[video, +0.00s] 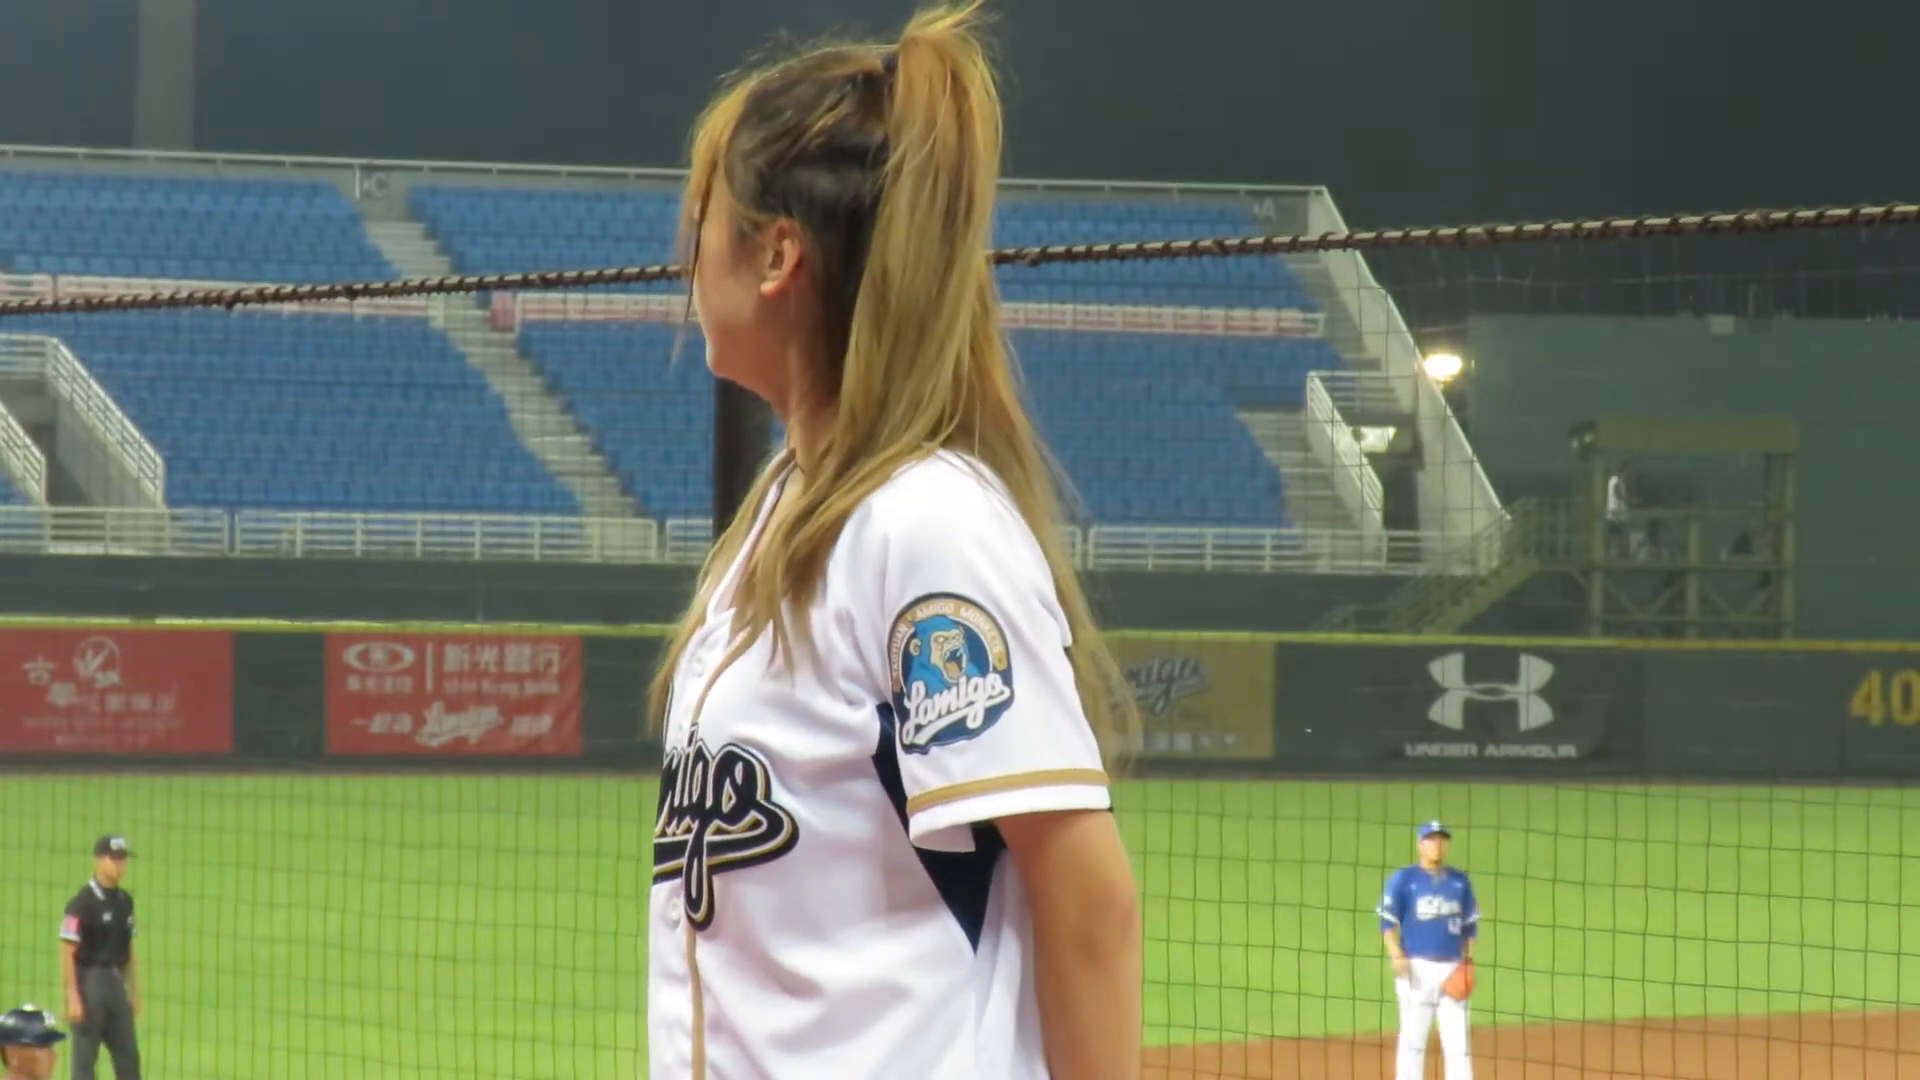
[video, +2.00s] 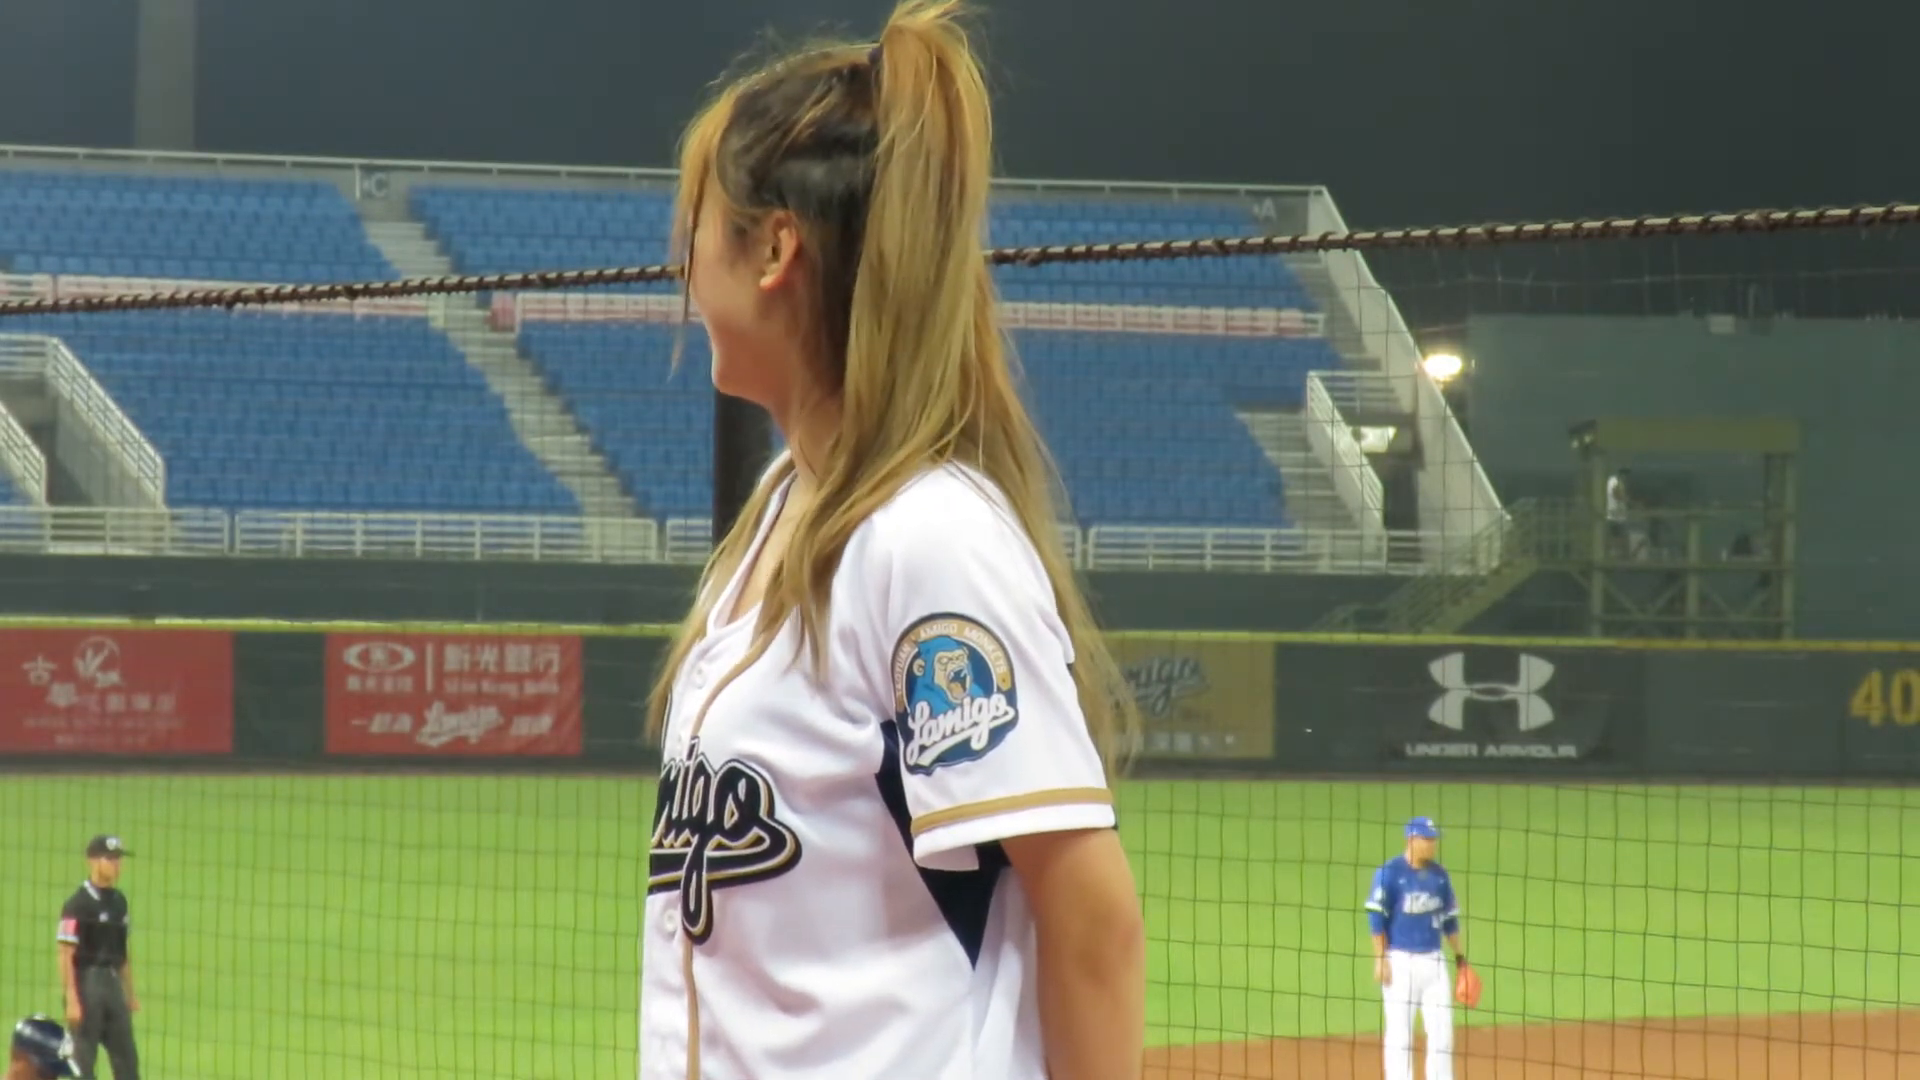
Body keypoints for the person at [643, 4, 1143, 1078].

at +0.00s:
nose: (690, 258)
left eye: (705, 222)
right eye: (699, 220)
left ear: (779, 259)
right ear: (779, 259)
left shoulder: (931, 521)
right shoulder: (783, 499)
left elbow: (1089, 895)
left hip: (884, 1057)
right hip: (732, 1050)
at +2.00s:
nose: (686, 271)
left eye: (699, 229)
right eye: (693, 229)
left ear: (778, 253)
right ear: (774, 253)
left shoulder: (935, 536)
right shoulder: (782, 505)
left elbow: (1095, 914)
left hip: (884, 1058)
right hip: (718, 1052)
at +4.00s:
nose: (691, 260)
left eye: (705, 223)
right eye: (699, 222)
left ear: (783, 252)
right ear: (778, 252)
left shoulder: (936, 533)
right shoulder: (785, 502)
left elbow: (1096, 912)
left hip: (887, 1056)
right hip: (724, 1050)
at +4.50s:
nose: (699, 267)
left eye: (711, 229)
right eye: (704, 229)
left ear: (794, 255)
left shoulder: (947, 527)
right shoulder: (780, 494)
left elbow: (1098, 911)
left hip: (881, 1055)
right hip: (709, 1049)